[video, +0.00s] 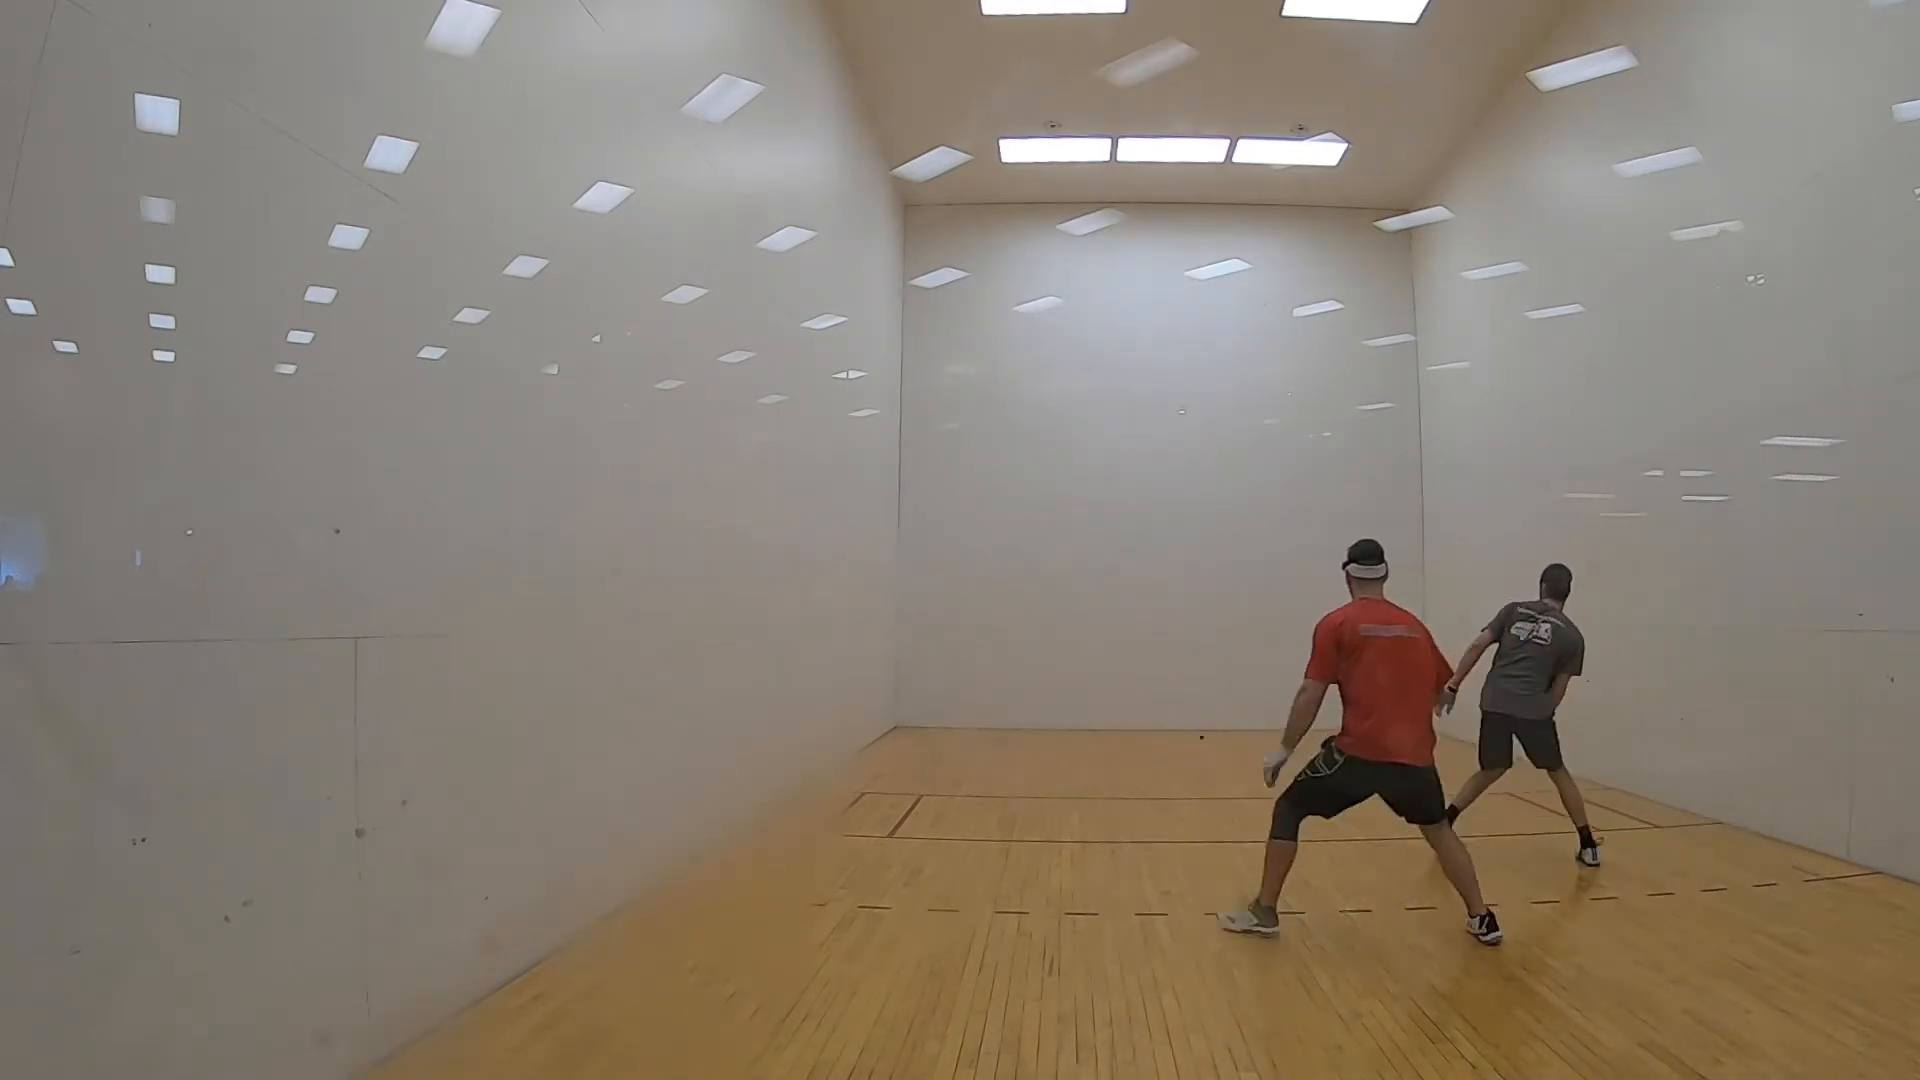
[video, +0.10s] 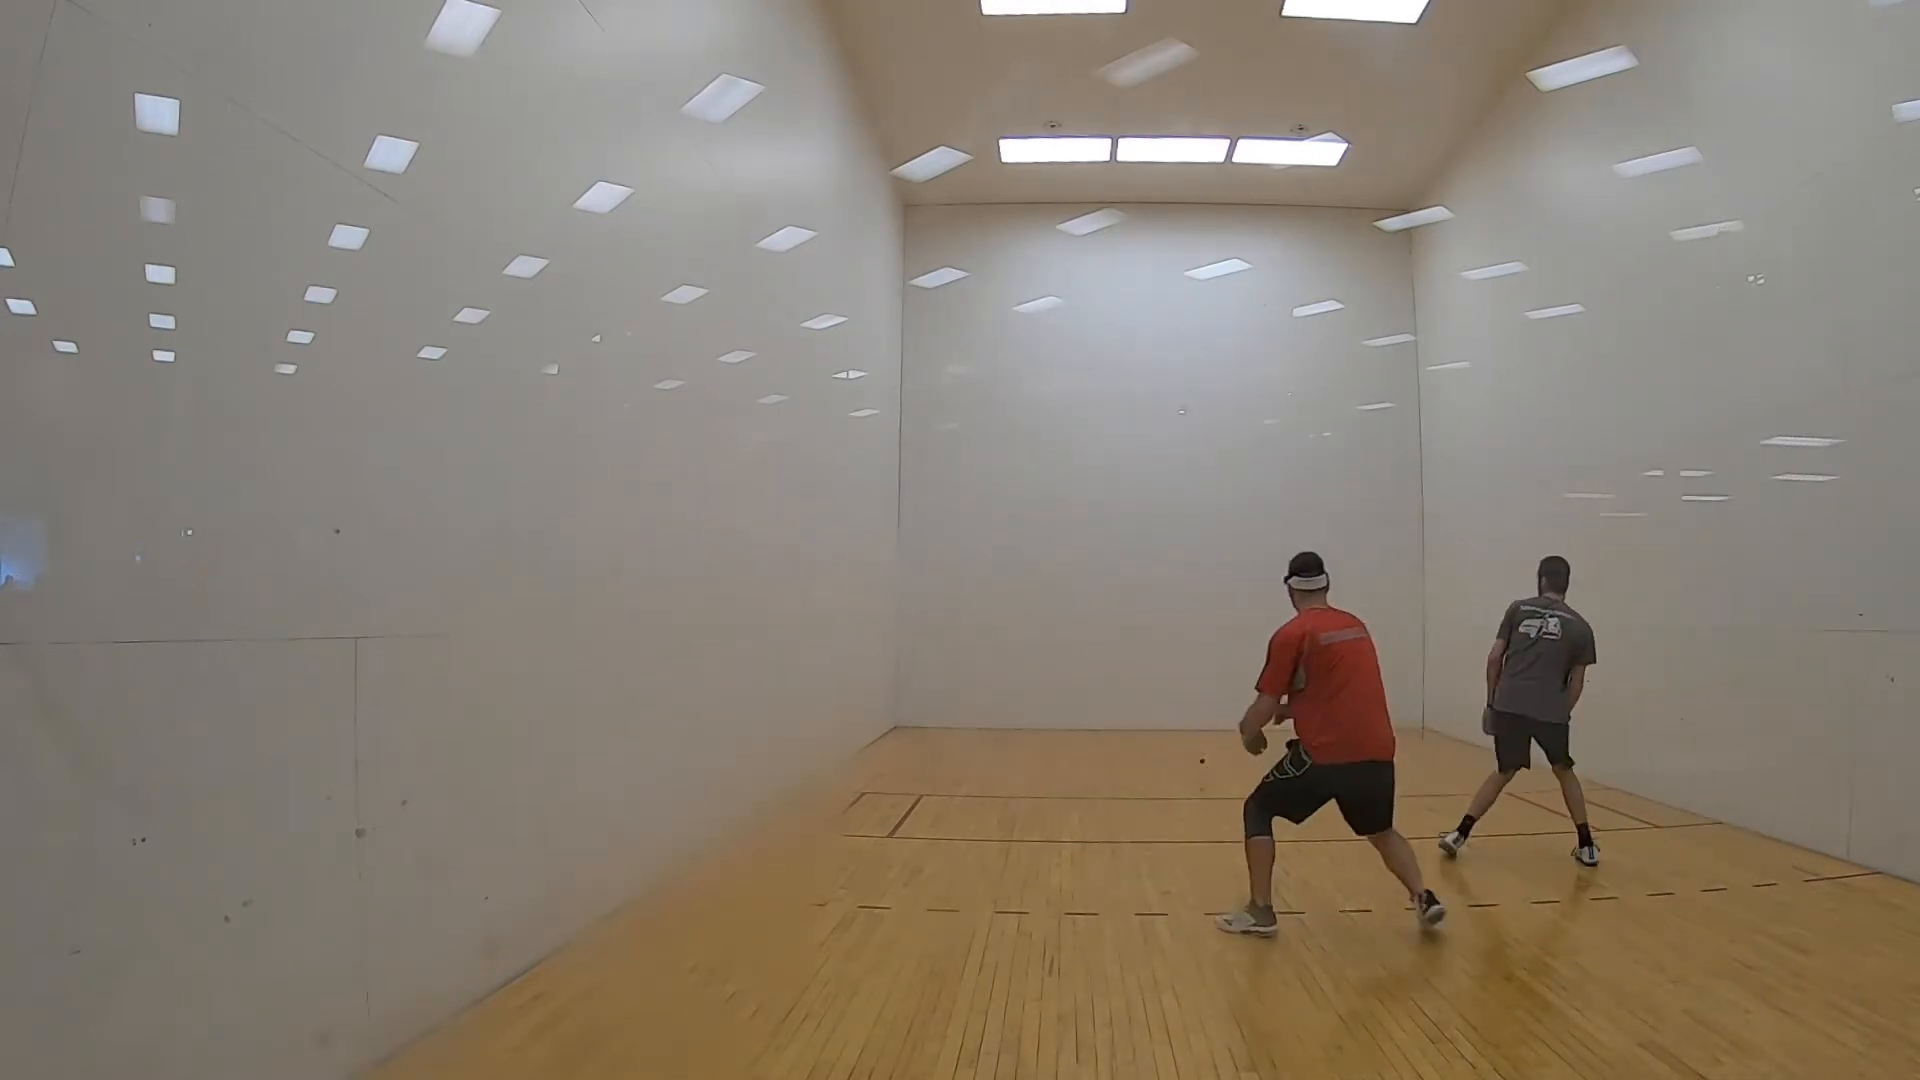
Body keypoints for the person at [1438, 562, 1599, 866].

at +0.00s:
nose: (1549, 592)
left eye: (1544, 586)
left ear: (1541, 587)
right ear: (1569, 593)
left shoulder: (1513, 611)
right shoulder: (1572, 637)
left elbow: (1478, 645)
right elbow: (1558, 690)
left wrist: (1452, 686)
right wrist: (1539, 718)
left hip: (1494, 707)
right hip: (1534, 714)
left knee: (1494, 766)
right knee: (1559, 772)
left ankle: (1446, 818)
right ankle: (1587, 845)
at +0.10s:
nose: (1541, 586)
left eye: (1539, 580)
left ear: (1540, 581)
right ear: (1568, 584)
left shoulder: (1518, 609)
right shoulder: (1580, 627)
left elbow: (1495, 657)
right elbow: (1577, 683)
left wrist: (1490, 703)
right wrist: (1561, 715)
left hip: (1508, 707)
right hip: (1550, 715)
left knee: (1504, 770)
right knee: (1564, 769)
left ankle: (1459, 834)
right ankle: (1586, 845)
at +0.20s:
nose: (1528, 573)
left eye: (1530, 567)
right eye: (1530, 567)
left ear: (1536, 568)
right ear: (1560, 571)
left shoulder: (1519, 598)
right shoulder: (1582, 613)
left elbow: (1502, 649)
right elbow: (1585, 672)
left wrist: (1512, 682)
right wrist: (1571, 708)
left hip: (1514, 699)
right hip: (1558, 705)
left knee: (1497, 766)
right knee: (1563, 768)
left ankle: (1466, 841)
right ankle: (1586, 845)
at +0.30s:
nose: (1515, 567)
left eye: (1517, 561)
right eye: (1516, 562)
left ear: (1528, 560)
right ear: (1548, 561)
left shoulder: (1515, 590)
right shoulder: (1578, 603)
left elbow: (1504, 644)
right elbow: (1588, 661)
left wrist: (1503, 679)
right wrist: (1579, 702)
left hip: (1514, 692)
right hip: (1557, 698)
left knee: (1484, 761)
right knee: (1565, 765)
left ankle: (1460, 839)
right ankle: (1586, 844)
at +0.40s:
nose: (1502, 569)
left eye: (1504, 563)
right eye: (1502, 563)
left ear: (1518, 561)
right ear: (1533, 562)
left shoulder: (1508, 594)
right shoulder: (1567, 601)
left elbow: (1501, 644)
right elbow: (1585, 655)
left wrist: (1481, 686)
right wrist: (1578, 699)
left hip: (1514, 697)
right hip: (1556, 700)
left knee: (1480, 760)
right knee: (1563, 765)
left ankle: (1460, 838)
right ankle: (1587, 842)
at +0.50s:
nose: (1485, 576)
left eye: (1487, 569)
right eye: (1484, 570)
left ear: (1502, 569)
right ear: (1514, 570)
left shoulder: (1497, 603)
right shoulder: (1552, 604)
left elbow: (1488, 653)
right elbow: (1572, 657)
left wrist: (1462, 697)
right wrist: (1568, 703)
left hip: (1511, 706)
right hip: (1553, 707)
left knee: (1473, 766)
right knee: (1560, 769)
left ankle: (1468, 844)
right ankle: (1588, 845)